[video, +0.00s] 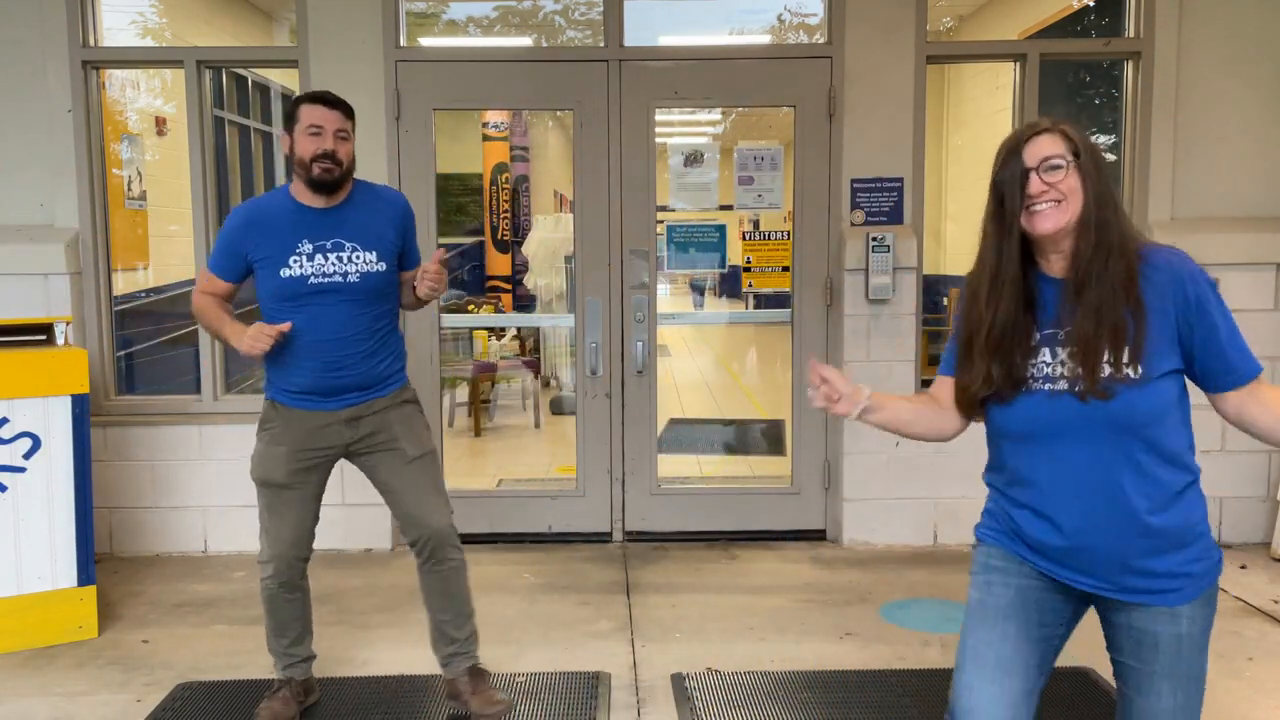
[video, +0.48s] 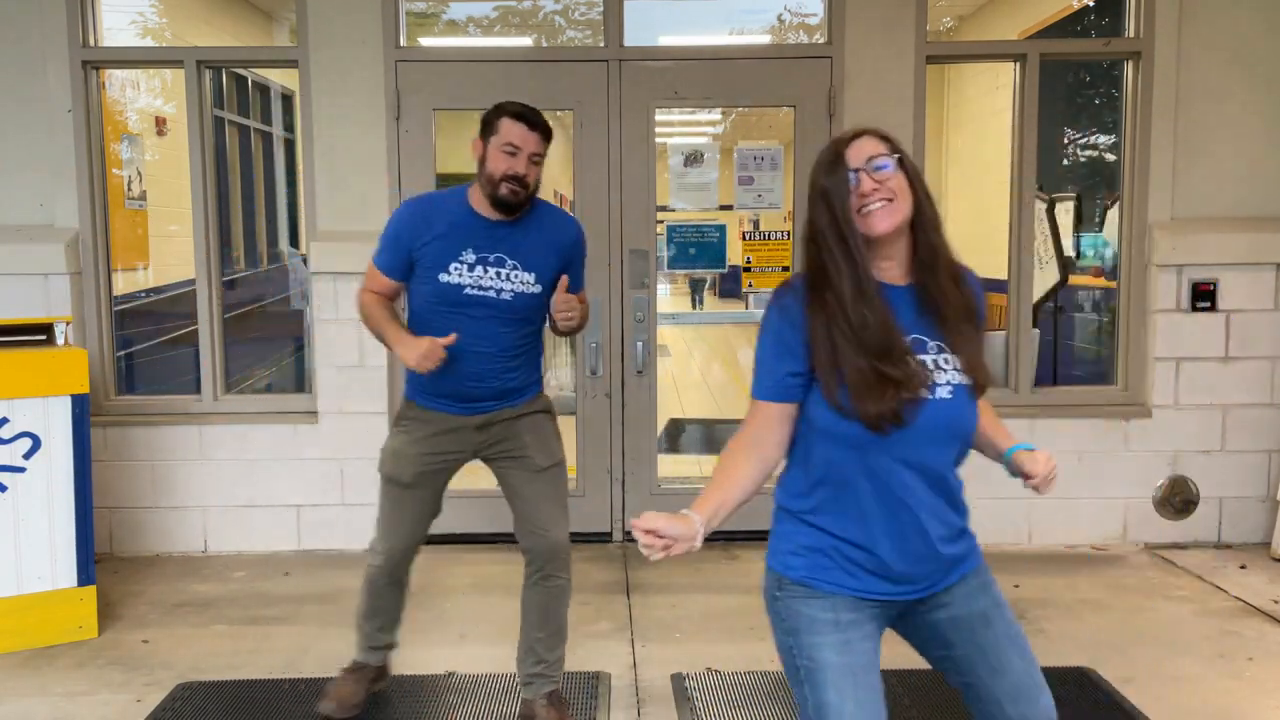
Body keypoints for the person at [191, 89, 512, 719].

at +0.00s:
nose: (328, 146)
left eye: (340, 135)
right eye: (315, 133)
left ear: (355, 147)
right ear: (289, 143)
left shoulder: (392, 209)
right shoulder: (253, 221)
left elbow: (406, 293)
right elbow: (205, 297)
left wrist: (425, 287)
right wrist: (238, 334)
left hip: (386, 409)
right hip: (295, 419)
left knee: (437, 533)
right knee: (282, 559)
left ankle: (463, 669)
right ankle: (292, 678)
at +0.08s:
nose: (354, 137)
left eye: (367, 127)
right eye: (340, 124)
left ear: (381, 138)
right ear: (314, 134)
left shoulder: (413, 199)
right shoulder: (273, 203)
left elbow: (429, 277)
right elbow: (203, 267)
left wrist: (450, 271)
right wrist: (243, 295)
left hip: (399, 401)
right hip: (308, 409)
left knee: (453, 535)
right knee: (290, 553)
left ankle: (497, 665)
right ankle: (293, 676)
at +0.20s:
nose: (397, 151)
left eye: (410, 142)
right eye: (384, 137)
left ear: (423, 153)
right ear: (357, 142)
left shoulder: (449, 209)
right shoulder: (313, 202)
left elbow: (492, 269)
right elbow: (213, 240)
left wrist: (506, 272)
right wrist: (241, 287)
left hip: (421, 414)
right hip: (328, 416)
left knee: (475, 545)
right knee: (298, 558)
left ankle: (523, 674)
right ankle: (292, 679)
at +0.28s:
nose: (432, 164)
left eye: (446, 154)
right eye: (420, 148)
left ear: (457, 163)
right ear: (392, 152)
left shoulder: (484, 224)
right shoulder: (345, 213)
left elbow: (537, 276)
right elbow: (238, 246)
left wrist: (539, 284)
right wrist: (247, 299)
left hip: (445, 422)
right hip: (351, 425)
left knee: (496, 550)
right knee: (310, 561)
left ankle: (537, 692)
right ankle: (293, 680)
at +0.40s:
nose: (485, 165)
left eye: (500, 156)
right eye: (474, 149)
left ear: (512, 165)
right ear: (445, 149)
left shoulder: (531, 226)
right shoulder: (390, 213)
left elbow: (569, 290)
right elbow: (305, 271)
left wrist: (563, 304)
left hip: (490, 417)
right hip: (399, 417)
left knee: (528, 551)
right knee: (348, 550)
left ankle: (540, 691)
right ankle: (306, 674)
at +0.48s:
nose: (521, 167)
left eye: (534, 158)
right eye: (510, 151)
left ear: (544, 167)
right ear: (480, 149)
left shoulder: (561, 234)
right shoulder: (419, 218)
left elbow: (569, 313)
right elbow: (371, 297)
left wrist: (573, 315)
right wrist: (403, 343)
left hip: (521, 417)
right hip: (429, 418)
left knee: (551, 550)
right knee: (389, 552)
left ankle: (543, 690)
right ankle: (367, 662)